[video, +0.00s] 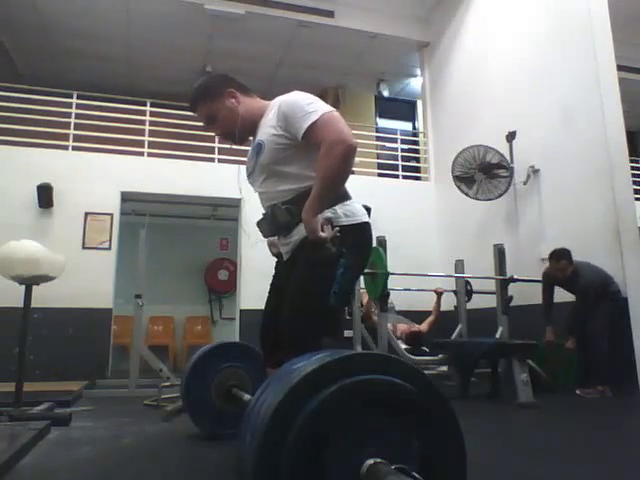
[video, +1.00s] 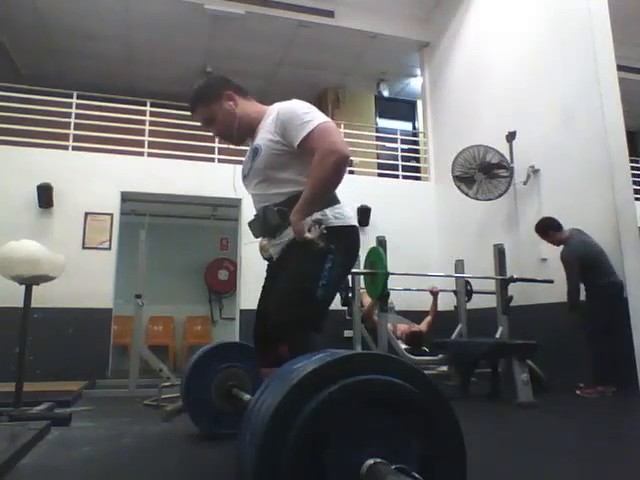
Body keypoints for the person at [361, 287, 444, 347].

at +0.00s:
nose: (414, 326)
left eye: (411, 330)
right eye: (416, 328)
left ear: (402, 337)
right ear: (417, 329)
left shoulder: (386, 332)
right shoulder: (421, 330)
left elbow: (368, 318)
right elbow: (434, 316)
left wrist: (370, 298)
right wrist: (439, 297)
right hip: (390, 315)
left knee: (364, 294)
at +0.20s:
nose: (412, 326)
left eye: (410, 330)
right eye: (414, 328)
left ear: (401, 337)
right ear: (416, 328)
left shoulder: (385, 332)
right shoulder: (420, 331)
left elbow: (368, 318)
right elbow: (433, 316)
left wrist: (368, 297)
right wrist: (438, 297)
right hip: (390, 312)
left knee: (362, 292)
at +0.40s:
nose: (414, 327)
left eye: (412, 330)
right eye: (416, 329)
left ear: (402, 337)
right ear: (417, 329)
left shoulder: (386, 333)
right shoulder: (420, 331)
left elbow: (368, 319)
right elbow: (433, 316)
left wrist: (370, 299)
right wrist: (438, 298)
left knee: (364, 294)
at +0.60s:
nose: (413, 326)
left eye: (411, 330)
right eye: (415, 328)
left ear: (401, 337)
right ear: (416, 328)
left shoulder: (385, 333)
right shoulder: (420, 331)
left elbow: (368, 318)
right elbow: (434, 317)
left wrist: (370, 298)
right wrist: (439, 298)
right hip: (390, 313)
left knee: (363, 294)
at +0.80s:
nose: (412, 327)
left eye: (410, 331)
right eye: (414, 329)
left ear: (402, 338)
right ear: (416, 329)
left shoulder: (387, 333)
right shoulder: (420, 331)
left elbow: (368, 318)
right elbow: (432, 317)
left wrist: (373, 300)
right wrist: (436, 298)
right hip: (390, 314)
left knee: (364, 294)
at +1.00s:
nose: (412, 327)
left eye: (410, 330)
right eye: (414, 329)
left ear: (403, 338)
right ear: (417, 330)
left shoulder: (388, 334)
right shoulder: (421, 331)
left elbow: (367, 318)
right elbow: (431, 316)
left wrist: (376, 301)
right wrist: (435, 297)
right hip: (390, 314)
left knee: (363, 294)